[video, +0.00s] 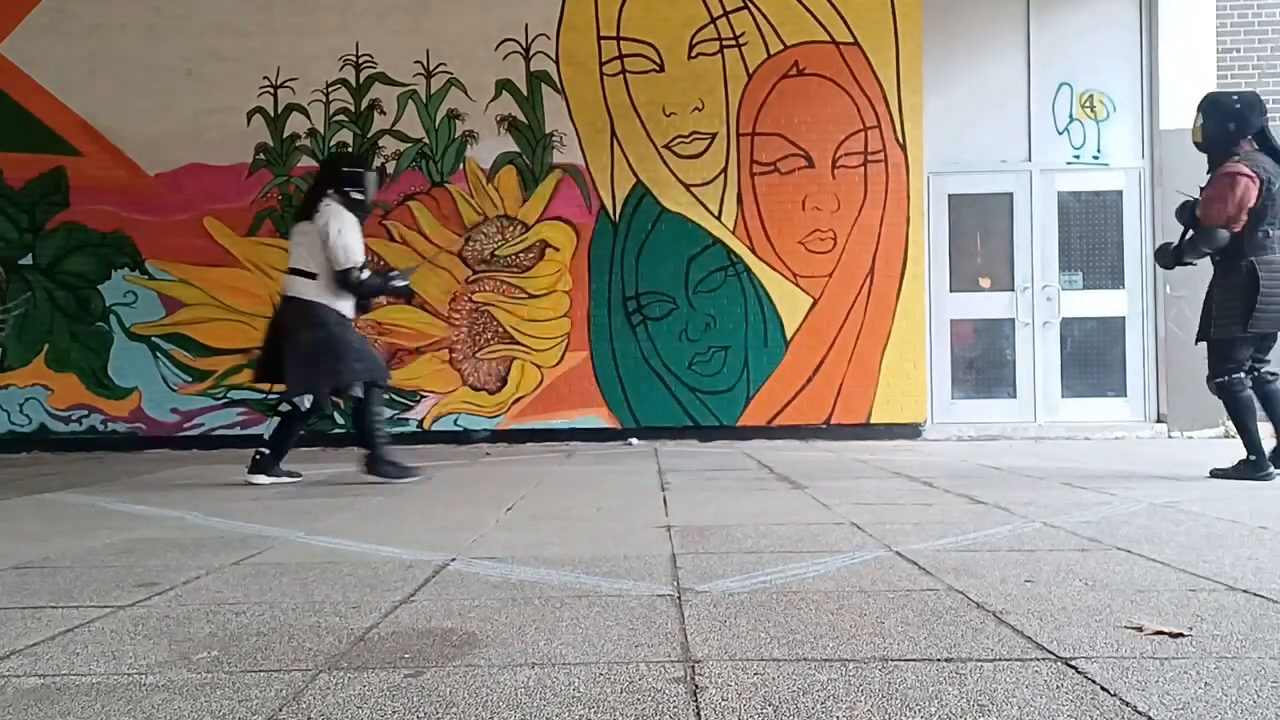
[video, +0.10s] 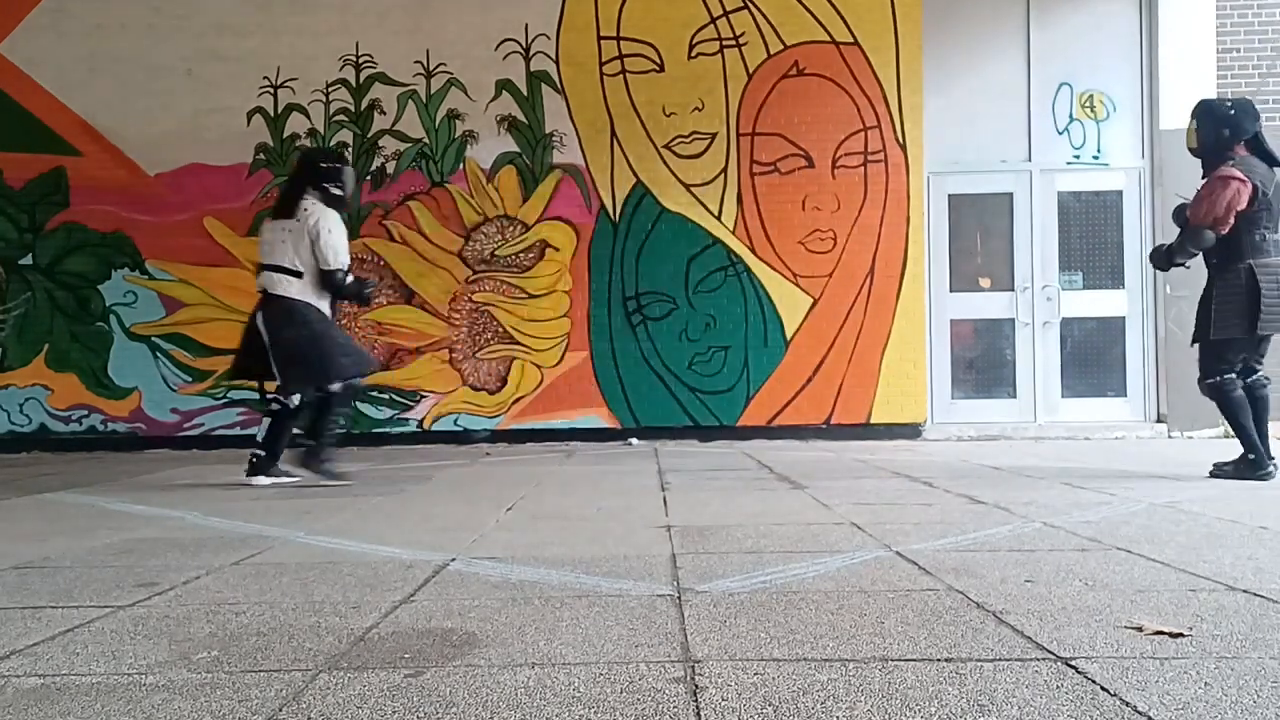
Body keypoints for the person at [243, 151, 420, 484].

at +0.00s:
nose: (368, 193)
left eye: (368, 184)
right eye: (364, 184)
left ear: (330, 185)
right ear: (347, 186)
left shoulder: (308, 220)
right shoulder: (340, 219)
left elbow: (321, 284)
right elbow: (353, 278)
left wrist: (367, 289)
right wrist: (390, 284)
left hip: (293, 318)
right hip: (320, 321)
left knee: (308, 395)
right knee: (372, 374)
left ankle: (266, 462)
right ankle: (378, 457)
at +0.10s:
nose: (346, 188)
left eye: (345, 180)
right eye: (342, 180)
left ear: (303, 178)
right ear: (327, 181)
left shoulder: (277, 214)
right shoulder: (325, 218)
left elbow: (264, 272)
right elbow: (332, 278)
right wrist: (359, 290)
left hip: (268, 313)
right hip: (301, 317)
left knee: (293, 389)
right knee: (342, 375)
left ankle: (264, 462)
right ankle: (318, 452)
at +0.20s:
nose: (330, 181)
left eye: (328, 173)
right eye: (325, 174)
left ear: (283, 173)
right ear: (313, 176)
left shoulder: (256, 208)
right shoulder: (314, 214)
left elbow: (234, 264)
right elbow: (323, 278)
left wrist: (272, 275)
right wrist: (332, 302)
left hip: (251, 309)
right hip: (285, 312)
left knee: (280, 384)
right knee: (315, 383)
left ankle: (264, 461)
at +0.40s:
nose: (301, 178)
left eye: (300, 170)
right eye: (296, 171)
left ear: (251, 173)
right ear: (282, 174)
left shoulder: (223, 209)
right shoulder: (288, 217)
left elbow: (194, 260)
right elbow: (299, 279)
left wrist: (230, 278)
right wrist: (292, 320)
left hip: (220, 310)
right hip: (258, 313)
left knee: (240, 389)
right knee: (268, 394)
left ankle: (233, 465)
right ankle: (213, 468)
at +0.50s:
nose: (287, 176)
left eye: (285, 168)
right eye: (282, 169)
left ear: (237, 171)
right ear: (269, 173)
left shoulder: (212, 208)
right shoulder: (275, 215)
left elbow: (183, 260)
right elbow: (288, 278)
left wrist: (219, 277)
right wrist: (286, 313)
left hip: (211, 311)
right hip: (248, 313)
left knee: (223, 385)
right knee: (263, 394)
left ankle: (193, 450)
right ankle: (214, 470)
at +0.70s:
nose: (273, 189)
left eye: (272, 182)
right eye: (268, 182)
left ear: (224, 183)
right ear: (252, 184)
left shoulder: (198, 218)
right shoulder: (256, 224)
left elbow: (173, 274)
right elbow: (266, 290)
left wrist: (211, 288)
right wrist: (291, 302)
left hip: (188, 322)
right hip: (229, 324)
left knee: (196, 398)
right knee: (293, 376)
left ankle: (162, 471)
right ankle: (242, 449)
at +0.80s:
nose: (274, 193)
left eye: (272, 185)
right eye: (268, 185)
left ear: (224, 189)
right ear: (252, 189)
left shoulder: (198, 224)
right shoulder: (256, 231)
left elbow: (167, 277)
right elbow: (265, 298)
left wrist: (200, 295)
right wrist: (272, 320)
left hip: (189, 325)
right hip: (230, 326)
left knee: (201, 399)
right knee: (300, 369)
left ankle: (163, 470)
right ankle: (280, 451)